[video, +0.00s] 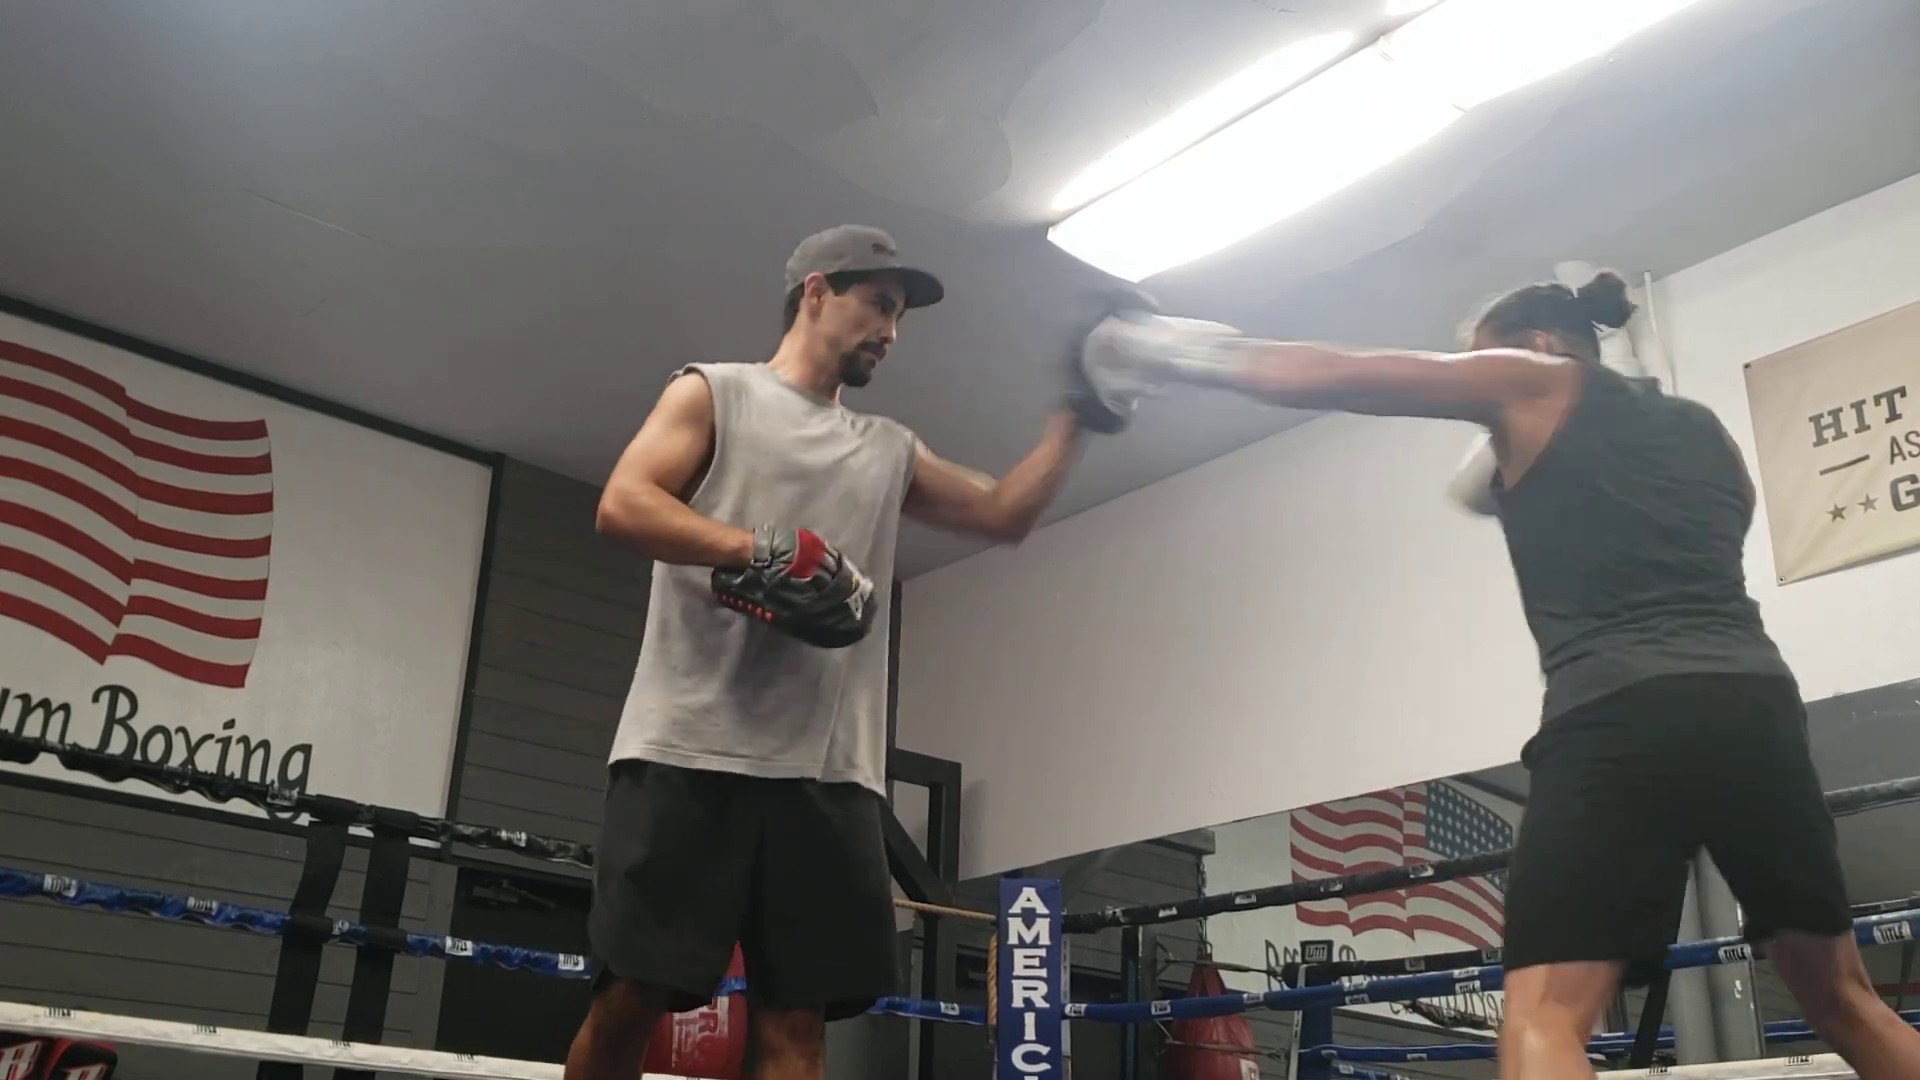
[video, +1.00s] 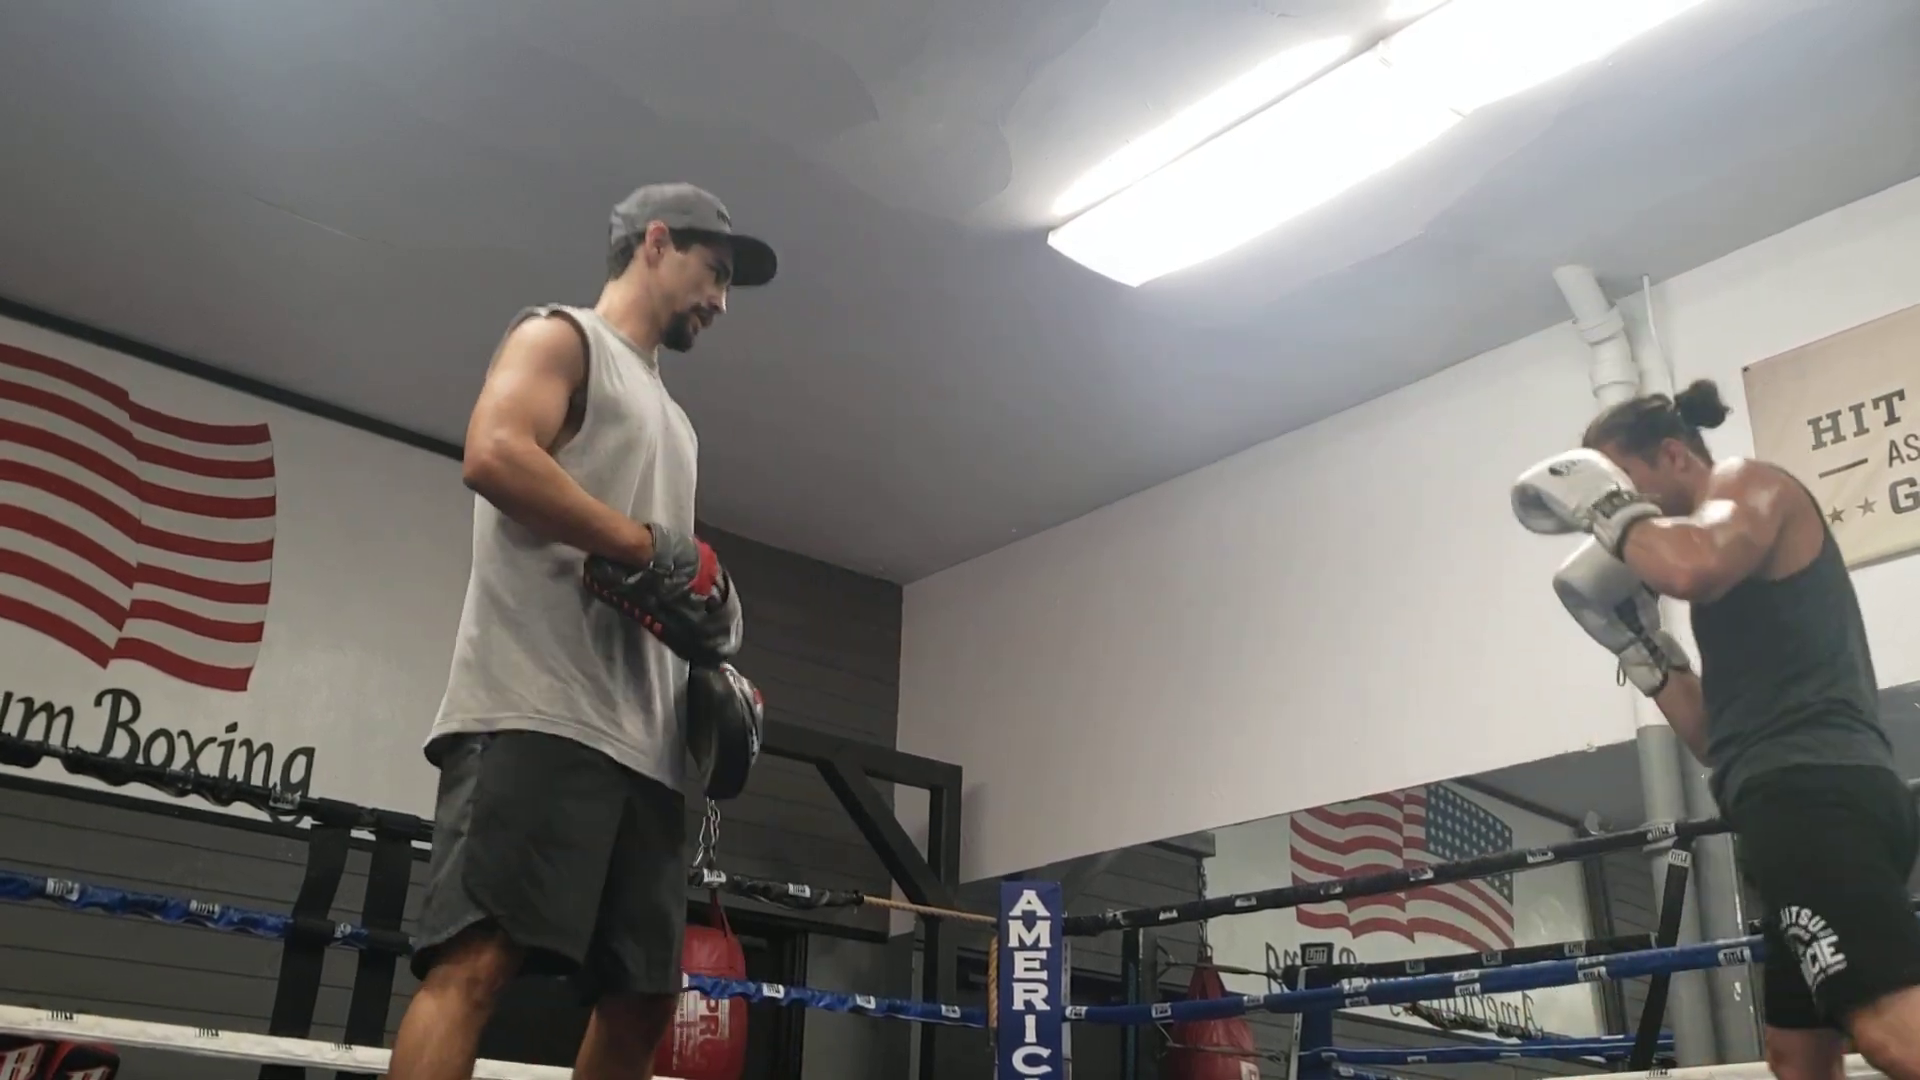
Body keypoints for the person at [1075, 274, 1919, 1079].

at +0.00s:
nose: (1477, 372)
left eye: (1485, 356)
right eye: (1478, 357)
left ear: (1534, 344)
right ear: (1590, 344)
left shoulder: (1533, 377)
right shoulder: (1706, 432)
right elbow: (1644, 507)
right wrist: (1511, 481)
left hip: (1614, 715)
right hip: (1751, 702)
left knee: (1549, 1018)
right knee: (1845, 992)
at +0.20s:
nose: (1410, 401)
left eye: (1411, 376)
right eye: (1402, 385)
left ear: (1463, 340)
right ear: (1474, 341)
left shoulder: (1522, 380)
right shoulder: (1633, 419)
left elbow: (1377, 482)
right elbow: (1558, 598)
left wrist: (1317, 465)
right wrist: (1456, 543)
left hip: (1611, 712)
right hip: (1739, 709)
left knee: (1469, 986)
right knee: (1808, 1017)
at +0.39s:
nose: (1437, 485)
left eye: (1431, 465)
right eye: (1426, 474)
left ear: (1475, 419)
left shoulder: (1571, 424)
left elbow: (1530, 541)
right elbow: (1531, 715)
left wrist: (1417, 497)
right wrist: (1439, 607)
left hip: (1673, 759)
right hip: (1780, 768)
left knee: (1448, 983)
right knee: (1755, 1053)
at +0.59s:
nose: (1557, 435)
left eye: (1551, 417)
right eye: (1545, 426)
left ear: (1582, 390)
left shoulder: (1676, 416)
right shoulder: (1647, 530)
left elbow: (1658, 482)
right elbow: (1574, 665)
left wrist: (1533, 435)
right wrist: (1503, 558)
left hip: (1729, 726)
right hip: (1820, 739)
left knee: (1625, 964)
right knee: (1804, 1038)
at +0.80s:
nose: (1607, 391)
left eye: (1603, 369)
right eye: (1595, 385)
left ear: (1637, 345)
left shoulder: (1720, 377)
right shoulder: (1703, 486)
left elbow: (1660, 439)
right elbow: (1634, 629)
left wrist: (1564, 381)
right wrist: (1557, 522)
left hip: (1790, 692)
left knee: (1773, 972)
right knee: (1808, 984)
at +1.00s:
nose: (1631, 508)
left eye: (1631, 487)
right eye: (1621, 496)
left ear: (1674, 453)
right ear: (1672, 457)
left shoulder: (1755, 481)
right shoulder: (1719, 558)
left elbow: (1695, 568)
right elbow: (1718, 739)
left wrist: (1605, 507)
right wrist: (1638, 646)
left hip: (1816, 790)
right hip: (1778, 802)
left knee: (1892, 1030)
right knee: (1798, 1055)